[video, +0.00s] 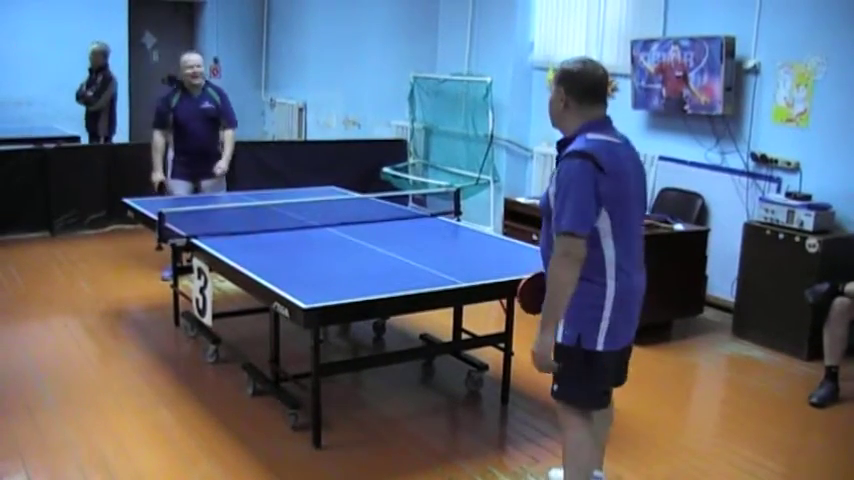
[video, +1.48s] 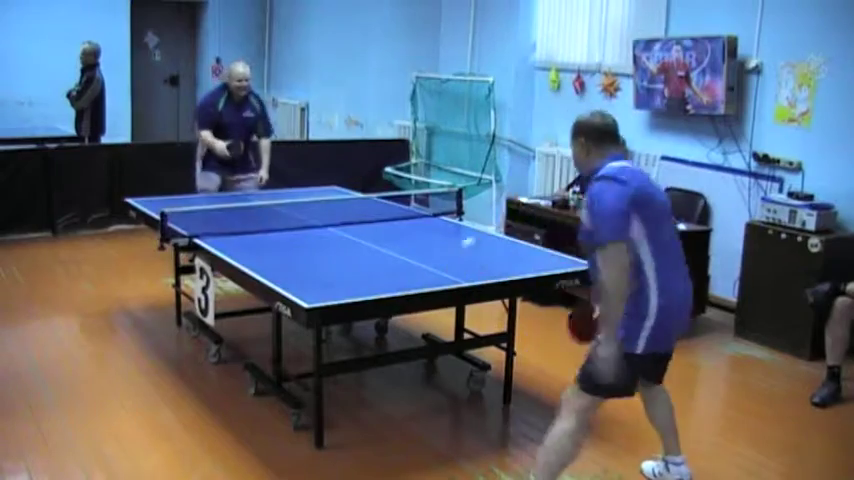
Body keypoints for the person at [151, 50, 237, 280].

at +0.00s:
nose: (195, 71)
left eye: (199, 67)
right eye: (190, 68)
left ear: (205, 69)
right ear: (180, 72)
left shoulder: (217, 96)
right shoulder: (169, 100)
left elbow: (229, 128)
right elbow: (159, 134)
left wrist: (225, 160)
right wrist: (157, 169)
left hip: (211, 168)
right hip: (180, 169)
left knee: (214, 218)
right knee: (177, 218)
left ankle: (213, 264)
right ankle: (177, 262)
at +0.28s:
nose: (222, 75)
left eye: (225, 70)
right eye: (217, 70)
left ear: (228, 72)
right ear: (205, 72)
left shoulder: (231, 95)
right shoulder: (188, 93)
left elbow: (240, 128)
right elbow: (177, 125)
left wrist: (244, 154)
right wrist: (198, 148)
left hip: (224, 162)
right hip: (194, 163)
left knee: (227, 211)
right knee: (191, 213)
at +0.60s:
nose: (239, 85)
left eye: (241, 81)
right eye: (235, 80)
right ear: (220, 75)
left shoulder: (235, 96)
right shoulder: (200, 91)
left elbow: (241, 124)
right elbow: (196, 126)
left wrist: (251, 132)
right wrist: (228, 122)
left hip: (226, 154)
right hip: (202, 155)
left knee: (229, 204)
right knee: (205, 205)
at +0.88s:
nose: (245, 90)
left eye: (248, 87)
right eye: (242, 85)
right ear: (229, 79)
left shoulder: (239, 98)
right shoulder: (207, 92)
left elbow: (243, 128)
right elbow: (197, 126)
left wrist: (253, 149)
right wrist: (229, 133)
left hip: (229, 158)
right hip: (204, 160)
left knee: (230, 207)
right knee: (206, 208)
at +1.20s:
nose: (242, 83)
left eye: (245, 78)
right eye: (238, 78)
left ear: (248, 78)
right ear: (225, 76)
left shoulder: (246, 98)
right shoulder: (209, 94)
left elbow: (249, 134)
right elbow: (200, 127)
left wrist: (250, 164)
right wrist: (219, 125)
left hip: (238, 158)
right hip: (214, 158)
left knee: (238, 207)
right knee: (211, 207)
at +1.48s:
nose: (244, 85)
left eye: (247, 80)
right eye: (239, 81)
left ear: (250, 80)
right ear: (229, 81)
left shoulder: (255, 102)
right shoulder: (211, 101)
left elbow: (264, 136)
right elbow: (203, 131)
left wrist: (264, 168)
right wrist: (217, 145)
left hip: (244, 164)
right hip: (214, 163)